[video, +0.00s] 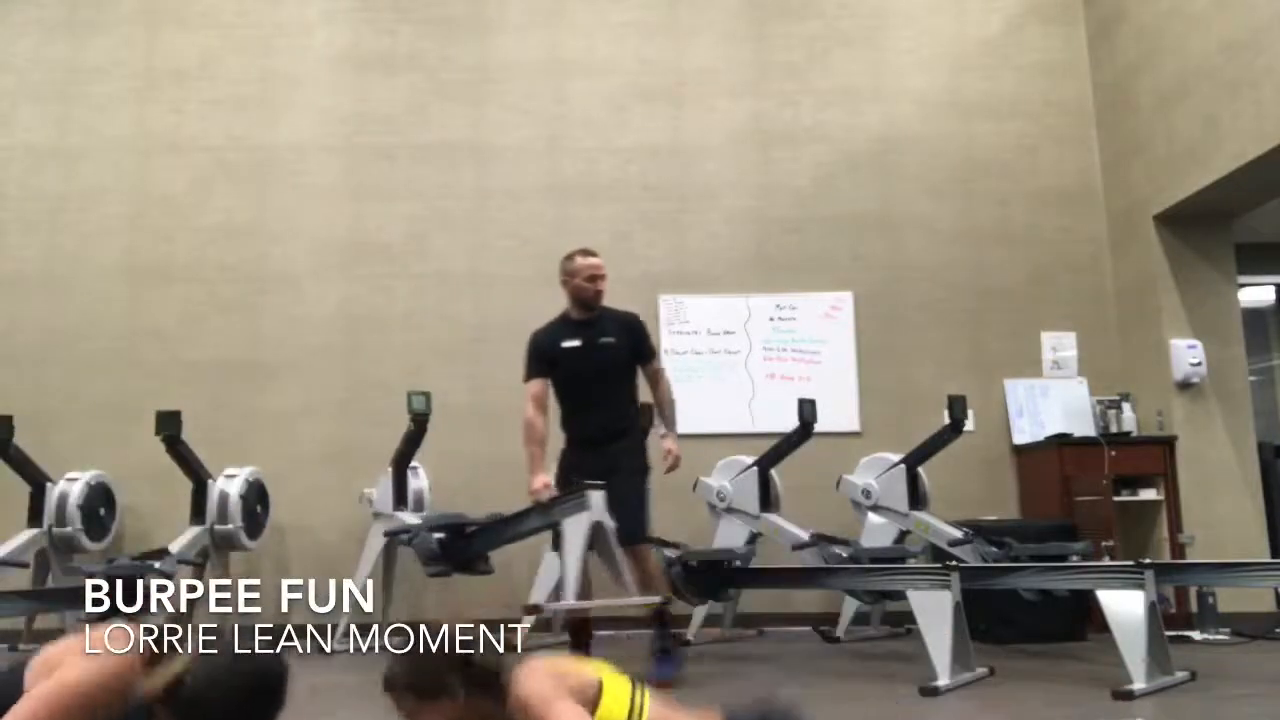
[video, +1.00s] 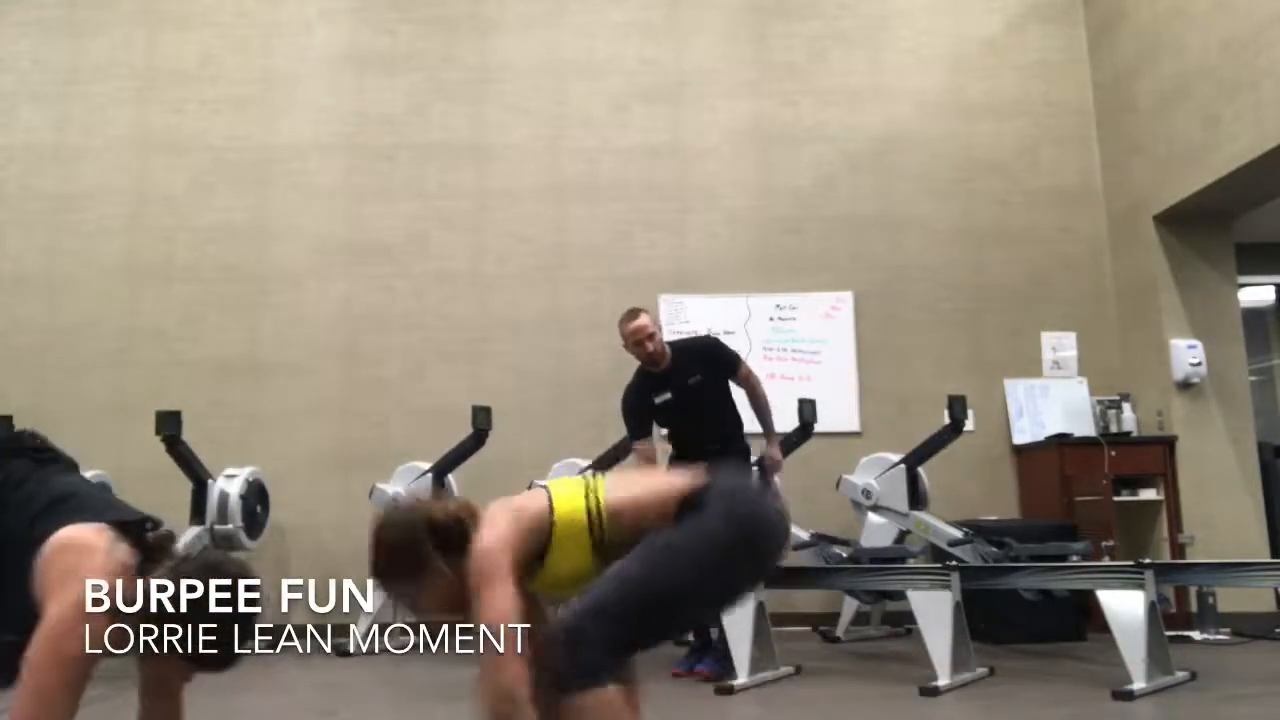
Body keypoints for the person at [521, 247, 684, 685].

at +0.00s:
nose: (599, 285)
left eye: (602, 278)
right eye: (590, 279)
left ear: (606, 280)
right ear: (566, 283)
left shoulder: (629, 327)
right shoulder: (545, 340)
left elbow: (657, 380)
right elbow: (536, 408)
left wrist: (670, 432)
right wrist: (537, 472)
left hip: (626, 450)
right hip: (579, 452)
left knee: (635, 543)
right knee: (570, 550)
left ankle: (665, 639)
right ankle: (580, 651)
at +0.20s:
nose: (652, 294)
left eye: (655, 287)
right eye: (643, 289)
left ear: (660, 288)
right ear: (621, 294)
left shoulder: (685, 333)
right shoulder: (605, 348)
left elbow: (717, 388)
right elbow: (593, 418)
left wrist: (726, 447)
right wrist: (594, 480)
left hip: (684, 457)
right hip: (634, 460)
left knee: (696, 552)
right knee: (611, 554)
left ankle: (718, 647)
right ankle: (587, 651)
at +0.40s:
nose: (662, 306)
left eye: (666, 297)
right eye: (653, 301)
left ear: (673, 296)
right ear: (635, 305)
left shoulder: (706, 332)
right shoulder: (626, 358)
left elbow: (746, 379)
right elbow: (624, 428)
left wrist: (768, 436)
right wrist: (634, 495)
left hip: (711, 454)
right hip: (665, 458)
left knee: (715, 548)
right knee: (663, 550)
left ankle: (719, 643)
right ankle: (681, 642)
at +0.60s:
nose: (656, 333)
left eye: (658, 323)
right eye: (645, 329)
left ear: (664, 318)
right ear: (630, 334)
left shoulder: (707, 344)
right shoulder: (633, 384)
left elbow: (750, 381)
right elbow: (642, 453)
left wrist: (771, 439)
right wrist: (660, 520)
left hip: (726, 455)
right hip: (681, 461)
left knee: (728, 545)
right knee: (673, 548)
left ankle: (742, 630)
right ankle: (702, 626)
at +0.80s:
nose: (648, 352)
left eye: (650, 342)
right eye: (637, 349)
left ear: (659, 334)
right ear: (626, 354)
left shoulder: (704, 354)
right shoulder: (634, 403)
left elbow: (751, 384)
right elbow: (653, 468)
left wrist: (767, 440)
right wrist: (671, 529)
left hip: (730, 477)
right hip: (682, 489)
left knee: (727, 560)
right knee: (685, 564)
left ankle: (730, 650)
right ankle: (701, 643)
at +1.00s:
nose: (648, 347)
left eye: (650, 336)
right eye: (638, 344)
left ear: (659, 329)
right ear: (628, 349)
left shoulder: (705, 351)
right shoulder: (636, 396)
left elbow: (750, 382)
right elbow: (645, 457)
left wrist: (771, 441)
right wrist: (650, 507)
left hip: (731, 461)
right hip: (686, 470)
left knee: (723, 552)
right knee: (687, 554)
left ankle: (725, 647)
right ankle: (700, 643)